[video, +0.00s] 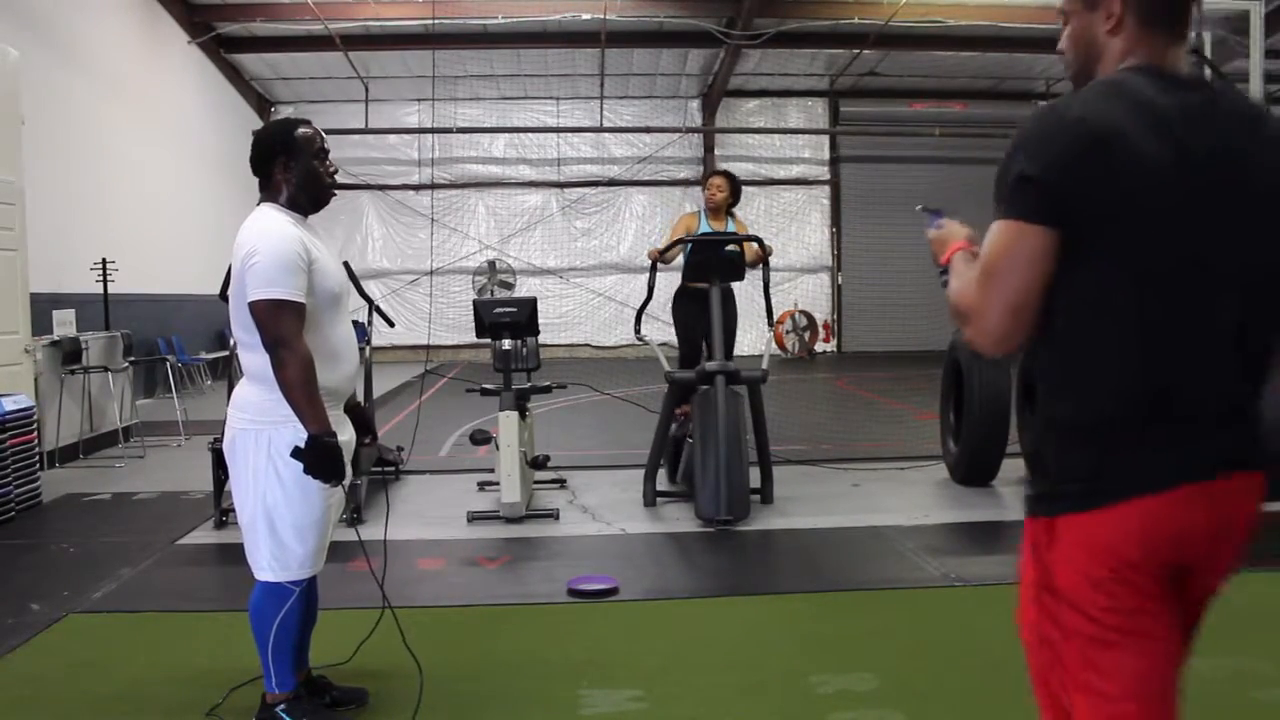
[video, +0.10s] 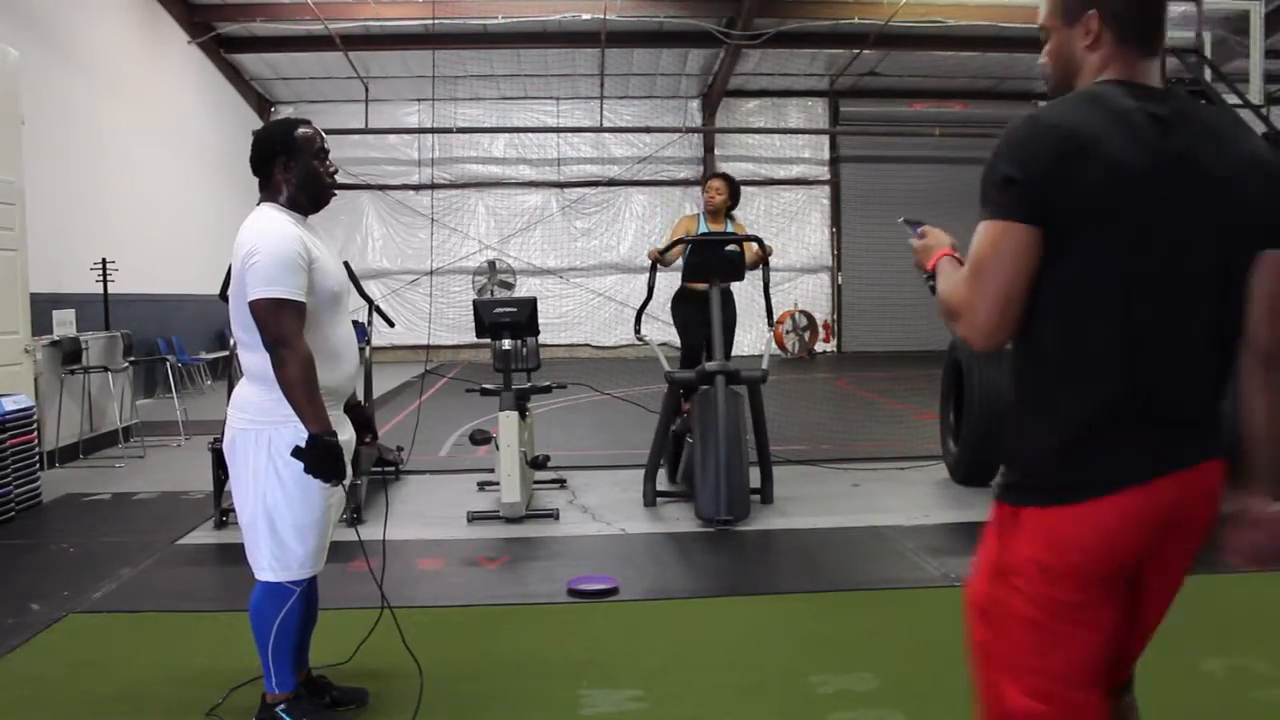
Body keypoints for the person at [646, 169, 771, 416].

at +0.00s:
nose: (712, 193)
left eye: (719, 189)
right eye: (708, 188)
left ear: (730, 197)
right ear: (703, 192)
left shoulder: (737, 225)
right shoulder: (690, 221)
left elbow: (748, 259)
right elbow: (670, 256)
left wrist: (760, 254)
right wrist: (659, 254)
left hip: (723, 297)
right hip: (691, 297)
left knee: (723, 356)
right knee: (690, 354)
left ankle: (720, 409)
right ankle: (683, 408)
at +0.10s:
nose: (710, 196)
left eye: (717, 192)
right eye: (707, 191)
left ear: (729, 199)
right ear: (702, 195)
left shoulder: (737, 228)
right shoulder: (689, 223)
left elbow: (747, 262)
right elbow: (671, 257)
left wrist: (759, 255)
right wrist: (659, 256)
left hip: (722, 298)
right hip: (690, 298)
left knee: (720, 355)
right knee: (693, 347)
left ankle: (718, 407)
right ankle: (686, 402)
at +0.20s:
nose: (704, 192)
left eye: (712, 189)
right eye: (702, 187)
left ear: (724, 196)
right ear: (698, 189)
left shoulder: (732, 223)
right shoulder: (684, 220)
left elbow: (743, 259)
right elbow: (669, 256)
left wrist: (758, 253)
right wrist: (659, 256)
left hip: (721, 296)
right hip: (689, 296)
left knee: (719, 356)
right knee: (691, 353)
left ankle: (718, 412)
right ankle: (684, 408)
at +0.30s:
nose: (694, 185)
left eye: (702, 182)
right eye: (693, 180)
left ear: (716, 188)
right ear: (688, 183)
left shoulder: (728, 217)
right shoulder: (678, 215)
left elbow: (742, 254)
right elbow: (667, 251)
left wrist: (759, 252)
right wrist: (658, 254)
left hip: (719, 292)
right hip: (686, 293)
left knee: (719, 357)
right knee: (690, 357)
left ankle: (720, 418)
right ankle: (684, 418)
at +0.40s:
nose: (687, 186)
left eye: (695, 181)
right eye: (685, 180)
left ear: (709, 187)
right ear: (681, 184)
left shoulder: (723, 216)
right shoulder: (673, 215)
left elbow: (740, 249)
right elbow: (665, 244)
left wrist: (757, 250)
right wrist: (657, 252)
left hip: (717, 292)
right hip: (684, 293)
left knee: (723, 355)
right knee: (688, 357)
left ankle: (722, 418)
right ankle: (684, 422)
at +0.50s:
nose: (684, 191)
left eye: (691, 187)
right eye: (681, 186)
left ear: (705, 193)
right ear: (677, 190)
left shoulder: (719, 220)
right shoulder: (668, 221)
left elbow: (740, 249)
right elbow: (664, 250)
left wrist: (758, 250)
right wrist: (657, 255)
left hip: (716, 296)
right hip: (683, 298)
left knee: (727, 358)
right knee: (686, 364)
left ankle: (728, 422)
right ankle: (683, 427)